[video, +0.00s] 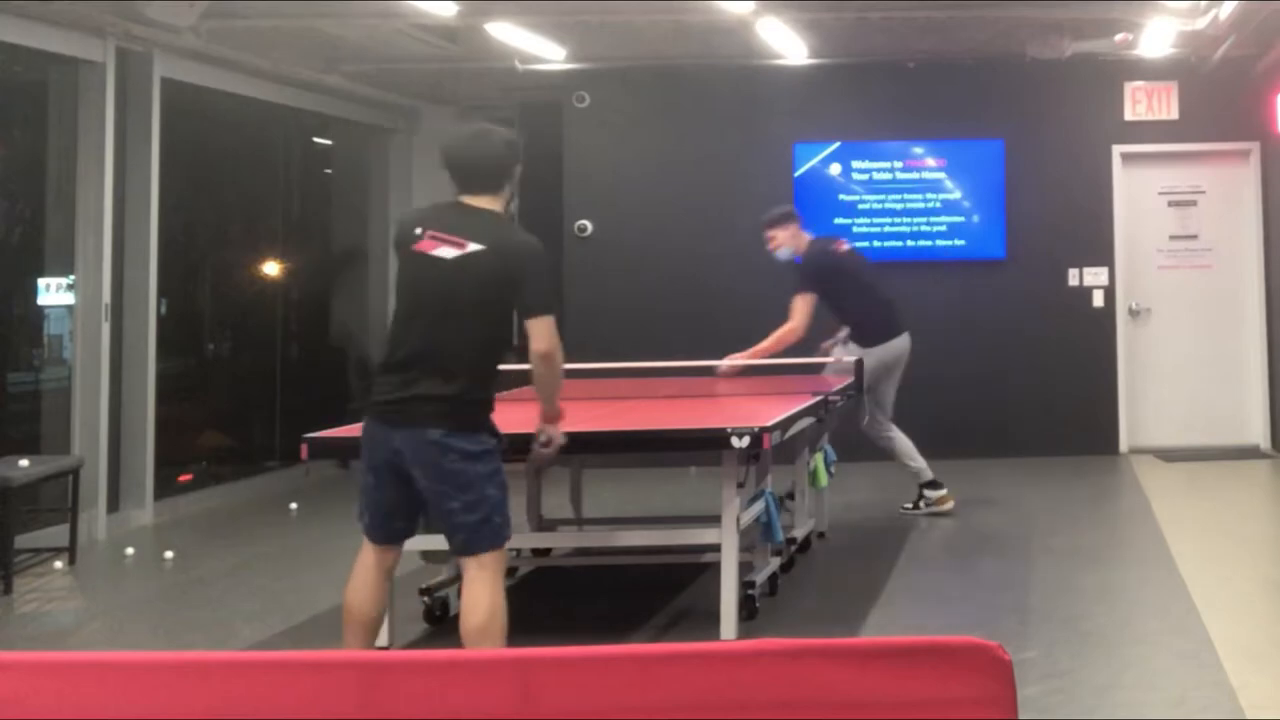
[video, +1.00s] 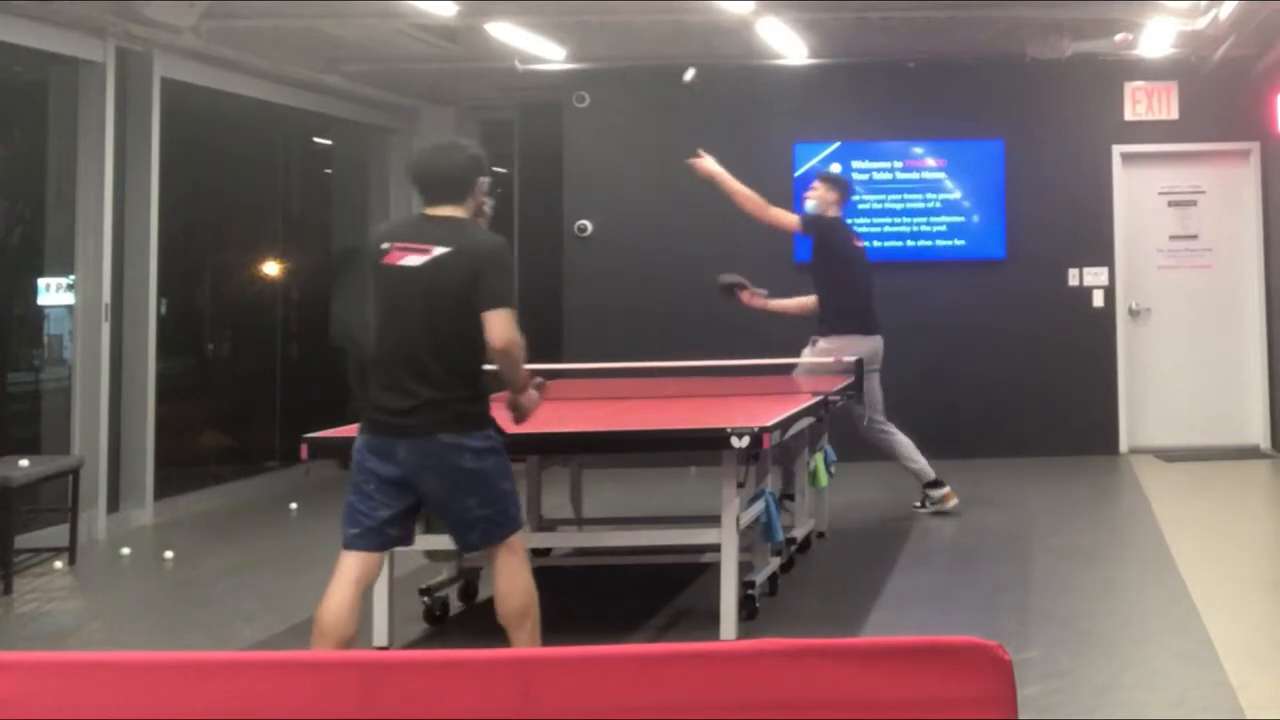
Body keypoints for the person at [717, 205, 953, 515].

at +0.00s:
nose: (770, 245)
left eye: (774, 237)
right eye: (767, 239)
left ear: (795, 229)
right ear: (798, 232)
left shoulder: (810, 262)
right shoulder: (833, 248)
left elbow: (796, 328)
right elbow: (866, 301)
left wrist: (745, 357)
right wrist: (838, 339)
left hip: (868, 347)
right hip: (896, 341)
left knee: (816, 412)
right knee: (877, 423)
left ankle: (800, 493)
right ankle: (932, 488)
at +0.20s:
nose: (734, 256)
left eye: (738, 248)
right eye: (731, 250)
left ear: (760, 241)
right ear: (762, 243)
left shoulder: (772, 272)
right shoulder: (798, 255)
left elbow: (748, 339)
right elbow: (828, 308)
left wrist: (693, 363)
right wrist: (791, 342)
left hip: (841, 354)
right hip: (873, 344)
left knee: (797, 422)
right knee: (861, 422)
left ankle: (789, 500)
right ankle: (924, 484)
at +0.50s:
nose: (725, 237)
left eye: (730, 229)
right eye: (725, 230)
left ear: (754, 229)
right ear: (756, 231)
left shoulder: (756, 262)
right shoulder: (787, 253)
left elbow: (711, 316)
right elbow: (790, 319)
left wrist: (658, 350)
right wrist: (739, 326)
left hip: (821, 356)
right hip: (853, 347)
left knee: (783, 427)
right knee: (851, 424)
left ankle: (784, 501)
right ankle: (918, 483)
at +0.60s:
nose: (739, 221)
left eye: (748, 214)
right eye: (739, 215)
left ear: (771, 219)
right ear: (765, 220)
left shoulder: (767, 252)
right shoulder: (795, 248)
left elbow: (711, 291)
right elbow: (785, 314)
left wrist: (649, 313)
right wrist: (735, 308)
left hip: (823, 356)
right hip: (845, 349)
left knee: (781, 432)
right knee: (849, 425)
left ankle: (785, 507)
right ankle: (917, 477)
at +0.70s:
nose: (758, 209)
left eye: (766, 203)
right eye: (759, 203)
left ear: (787, 208)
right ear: (788, 211)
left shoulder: (779, 240)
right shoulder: (810, 243)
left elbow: (716, 260)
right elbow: (792, 306)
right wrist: (739, 296)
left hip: (814, 354)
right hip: (846, 350)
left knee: (784, 427)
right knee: (847, 426)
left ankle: (784, 502)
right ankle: (917, 475)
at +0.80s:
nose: (771, 205)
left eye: (779, 200)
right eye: (772, 199)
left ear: (800, 206)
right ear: (802, 210)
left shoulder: (790, 233)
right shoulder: (821, 243)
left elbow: (721, 233)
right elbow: (799, 303)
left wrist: (668, 201)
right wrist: (744, 291)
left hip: (816, 352)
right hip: (850, 349)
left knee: (784, 429)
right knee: (847, 426)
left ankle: (791, 520)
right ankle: (918, 476)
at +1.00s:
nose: (808, 192)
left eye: (817, 187)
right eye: (811, 187)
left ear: (836, 198)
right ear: (834, 200)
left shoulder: (825, 227)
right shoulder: (848, 239)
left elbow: (763, 211)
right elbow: (822, 302)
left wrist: (717, 173)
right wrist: (766, 302)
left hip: (835, 345)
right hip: (868, 344)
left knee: (796, 420)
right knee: (874, 422)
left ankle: (790, 502)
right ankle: (935, 486)